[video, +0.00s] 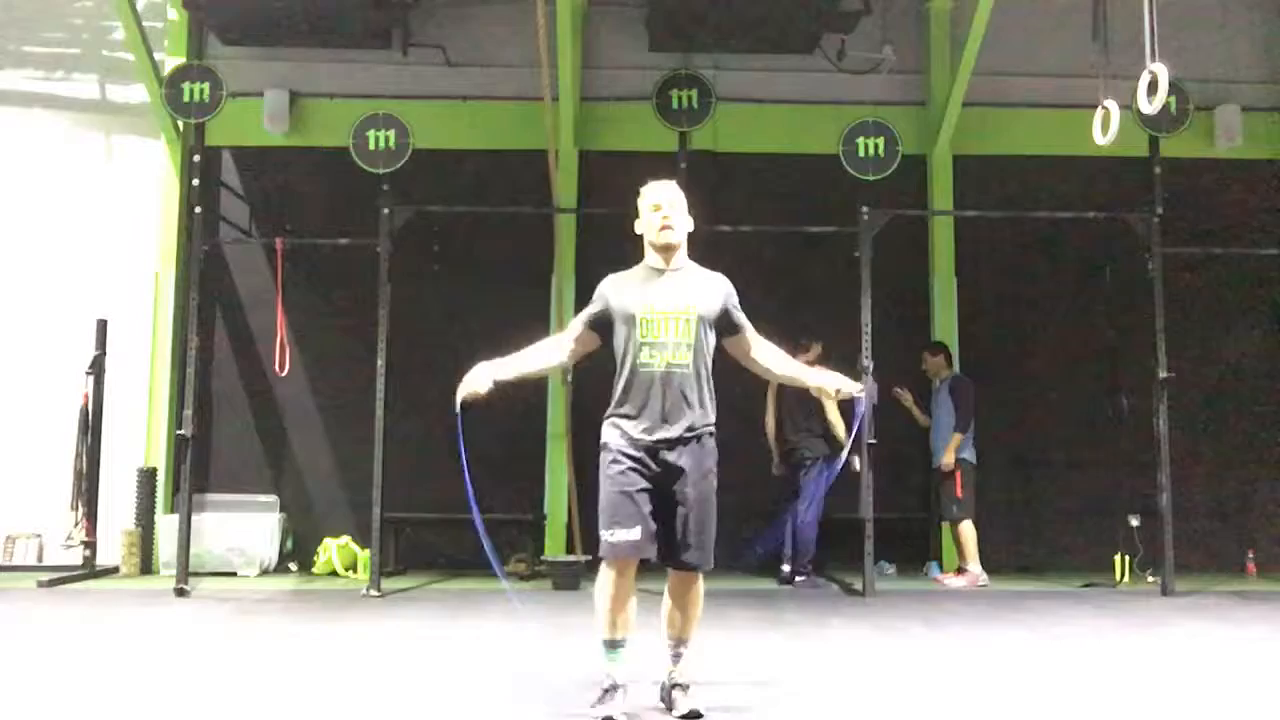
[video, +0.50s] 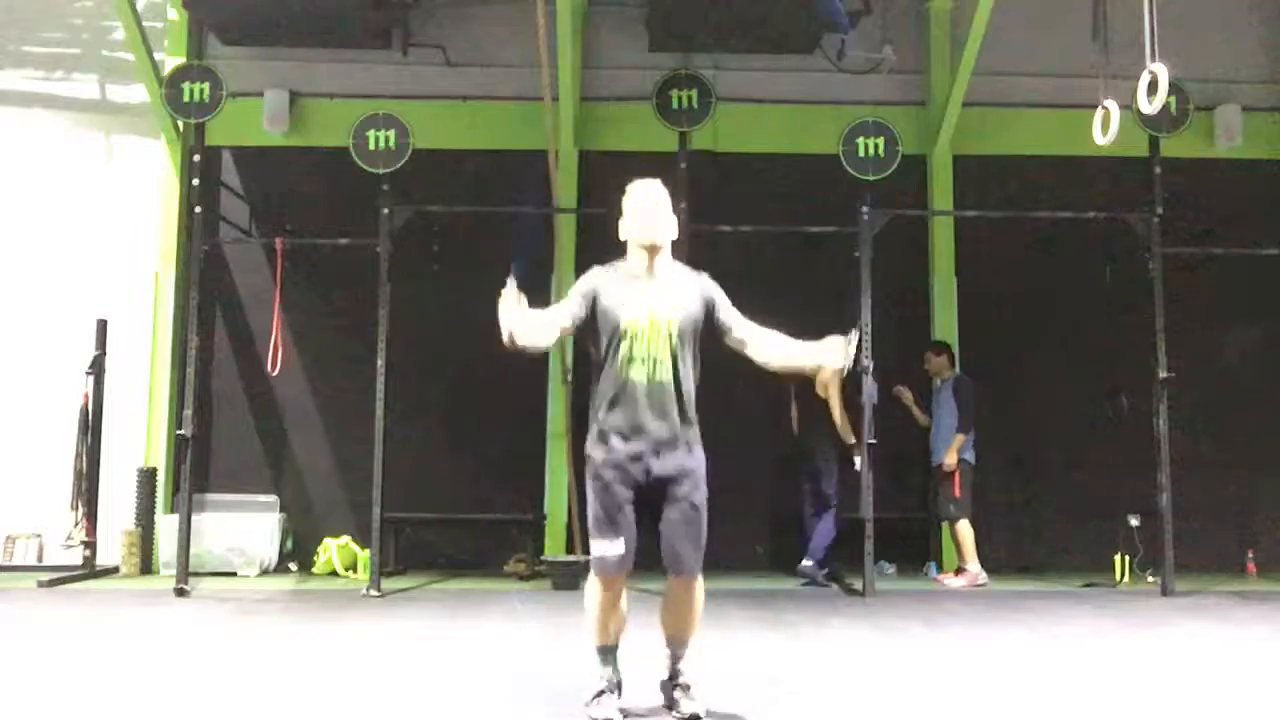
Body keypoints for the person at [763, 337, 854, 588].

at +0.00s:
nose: (819, 352)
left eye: (816, 348)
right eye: (818, 348)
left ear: (794, 348)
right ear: (814, 349)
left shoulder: (778, 378)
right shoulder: (818, 377)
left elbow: (770, 422)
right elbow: (833, 416)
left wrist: (776, 456)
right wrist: (844, 444)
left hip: (789, 450)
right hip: (814, 449)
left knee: (795, 505)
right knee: (807, 508)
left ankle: (787, 565)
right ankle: (802, 569)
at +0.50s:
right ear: (839, 350)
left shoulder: (798, 375)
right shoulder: (831, 371)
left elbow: (795, 411)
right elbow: (837, 412)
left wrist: (798, 435)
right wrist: (852, 442)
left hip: (804, 441)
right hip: (823, 443)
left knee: (811, 501)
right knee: (830, 503)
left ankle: (820, 564)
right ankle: (811, 560)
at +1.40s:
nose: (869, 361)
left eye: (870, 356)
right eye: (866, 355)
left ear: (868, 359)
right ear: (860, 358)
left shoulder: (867, 381)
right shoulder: (854, 380)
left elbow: (870, 418)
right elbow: (859, 423)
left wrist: (895, 410)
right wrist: (886, 448)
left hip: (864, 451)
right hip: (854, 452)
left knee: (861, 507)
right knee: (858, 508)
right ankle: (855, 565)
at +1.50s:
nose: (871, 362)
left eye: (873, 357)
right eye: (869, 356)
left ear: (867, 358)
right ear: (863, 357)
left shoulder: (869, 380)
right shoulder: (856, 380)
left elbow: (874, 417)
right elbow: (859, 421)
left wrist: (898, 410)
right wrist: (892, 440)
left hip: (866, 450)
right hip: (857, 451)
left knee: (859, 506)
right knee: (861, 507)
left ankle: (835, 556)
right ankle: (869, 561)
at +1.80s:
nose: (882, 357)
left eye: (882, 352)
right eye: (878, 352)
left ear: (872, 357)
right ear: (870, 355)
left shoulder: (870, 381)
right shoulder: (861, 381)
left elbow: (874, 415)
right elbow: (865, 416)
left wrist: (892, 412)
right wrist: (894, 414)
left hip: (872, 446)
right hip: (865, 448)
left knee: (871, 504)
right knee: (867, 505)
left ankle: (865, 557)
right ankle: (867, 560)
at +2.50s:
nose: (885, 360)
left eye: (885, 356)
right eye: (881, 355)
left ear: (879, 358)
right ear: (870, 355)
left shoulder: (875, 380)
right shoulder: (861, 380)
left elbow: (873, 414)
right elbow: (855, 416)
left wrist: (897, 410)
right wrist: (892, 411)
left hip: (879, 447)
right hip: (868, 449)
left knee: (876, 506)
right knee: (868, 507)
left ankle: (873, 558)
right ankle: (867, 561)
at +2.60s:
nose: (885, 360)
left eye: (885, 355)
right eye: (881, 354)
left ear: (879, 358)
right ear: (870, 355)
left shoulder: (872, 380)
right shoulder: (861, 380)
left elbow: (871, 414)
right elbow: (855, 415)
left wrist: (895, 410)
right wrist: (891, 412)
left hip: (877, 446)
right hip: (868, 447)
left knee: (873, 506)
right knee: (868, 507)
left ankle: (868, 559)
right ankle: (868, 561)